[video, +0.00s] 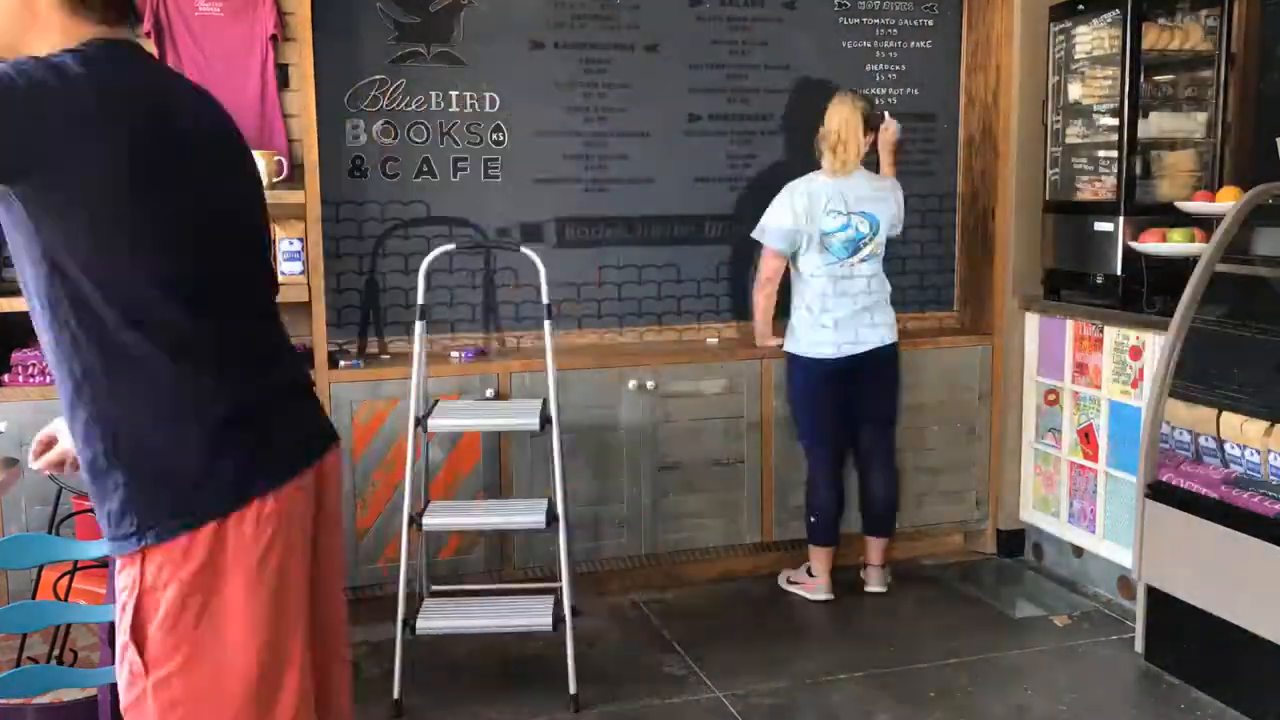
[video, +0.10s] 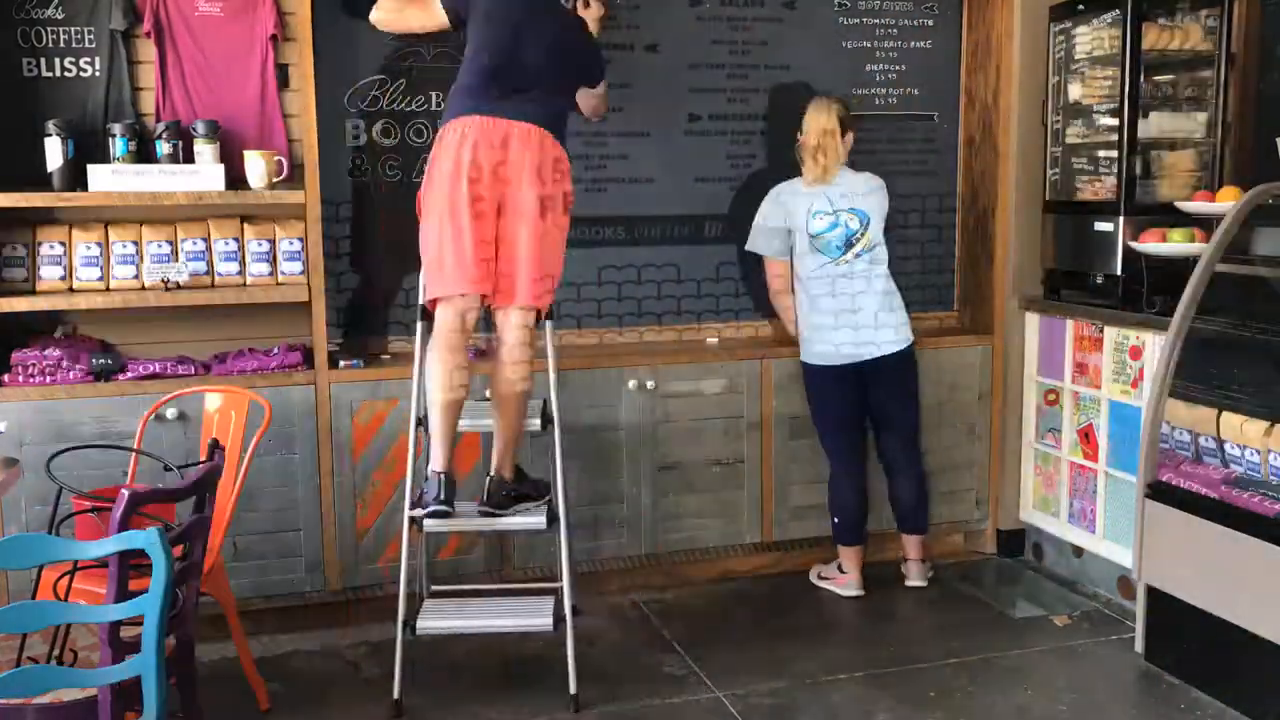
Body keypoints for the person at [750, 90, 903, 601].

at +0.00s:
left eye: (821, 127)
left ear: (822, 135)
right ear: (866, 139)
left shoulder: (798, 195)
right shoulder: (884, 191)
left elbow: (768, 278)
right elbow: (892, 217)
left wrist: (763, 335)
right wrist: (887, 155)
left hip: (816, 351)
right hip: (877, 347)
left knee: (823, 461)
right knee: (878, 452)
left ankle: (819, 574)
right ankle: (876, 569)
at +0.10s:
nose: (849, 141)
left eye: (810, 132)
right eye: (849, 134)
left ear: (801, 139)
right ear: (846, 139)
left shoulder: (781, 201)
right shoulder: (874, 190)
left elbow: (779, 285)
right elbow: (863, 253)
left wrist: (804, 335)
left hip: (828, 355)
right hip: (890, 347)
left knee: (845, 462)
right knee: (903, 452)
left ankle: (849, 571)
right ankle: (916, 563)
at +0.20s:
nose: (856, 140)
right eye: (854, 134)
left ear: (801, 142)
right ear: (847, 140)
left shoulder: (785, 204)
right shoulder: (874, 191)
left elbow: (775, 286)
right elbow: (866, 254)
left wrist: (782, 344)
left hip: (823, 354)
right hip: (885, 349)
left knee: (840, 460)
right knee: (905, 449)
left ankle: (849, 570)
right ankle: (930, 553)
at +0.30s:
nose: (878, 136)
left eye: (811, 132)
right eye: (872, 128)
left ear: (821, 139)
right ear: (862, 139)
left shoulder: (806, 200)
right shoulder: (889, 191)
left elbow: (810, 288)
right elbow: (881, 199)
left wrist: (788, 337)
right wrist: (871, 152)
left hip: (847, 357)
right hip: (909, 347)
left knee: (854, 462)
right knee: (921, 450)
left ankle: (850, 571)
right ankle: (939, 561)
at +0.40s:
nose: (826, 131)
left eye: (832, 123)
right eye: (869, 127)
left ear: (830, 135)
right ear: (874, 138)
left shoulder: (813, 197)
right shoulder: (895, 191)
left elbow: (815, 287)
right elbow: (895, 199)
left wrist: (789, 337)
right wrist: (887, 150)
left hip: (845, 355)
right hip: (906, 346)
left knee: (853, 461)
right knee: (920, 449)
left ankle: (850, 570)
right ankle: (939, 560)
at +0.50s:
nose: (845, 133)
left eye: (847, 127)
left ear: (850, 134)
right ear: (893, 139)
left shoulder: (831, 195)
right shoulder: (912, 192)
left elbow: (819, 285)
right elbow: (907, 193)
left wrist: (789, 338)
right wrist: (900, 148)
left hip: (856, 353)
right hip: (917, 346)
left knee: (861, 458)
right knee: (927, 448)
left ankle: (850, 570)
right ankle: (939, 560)